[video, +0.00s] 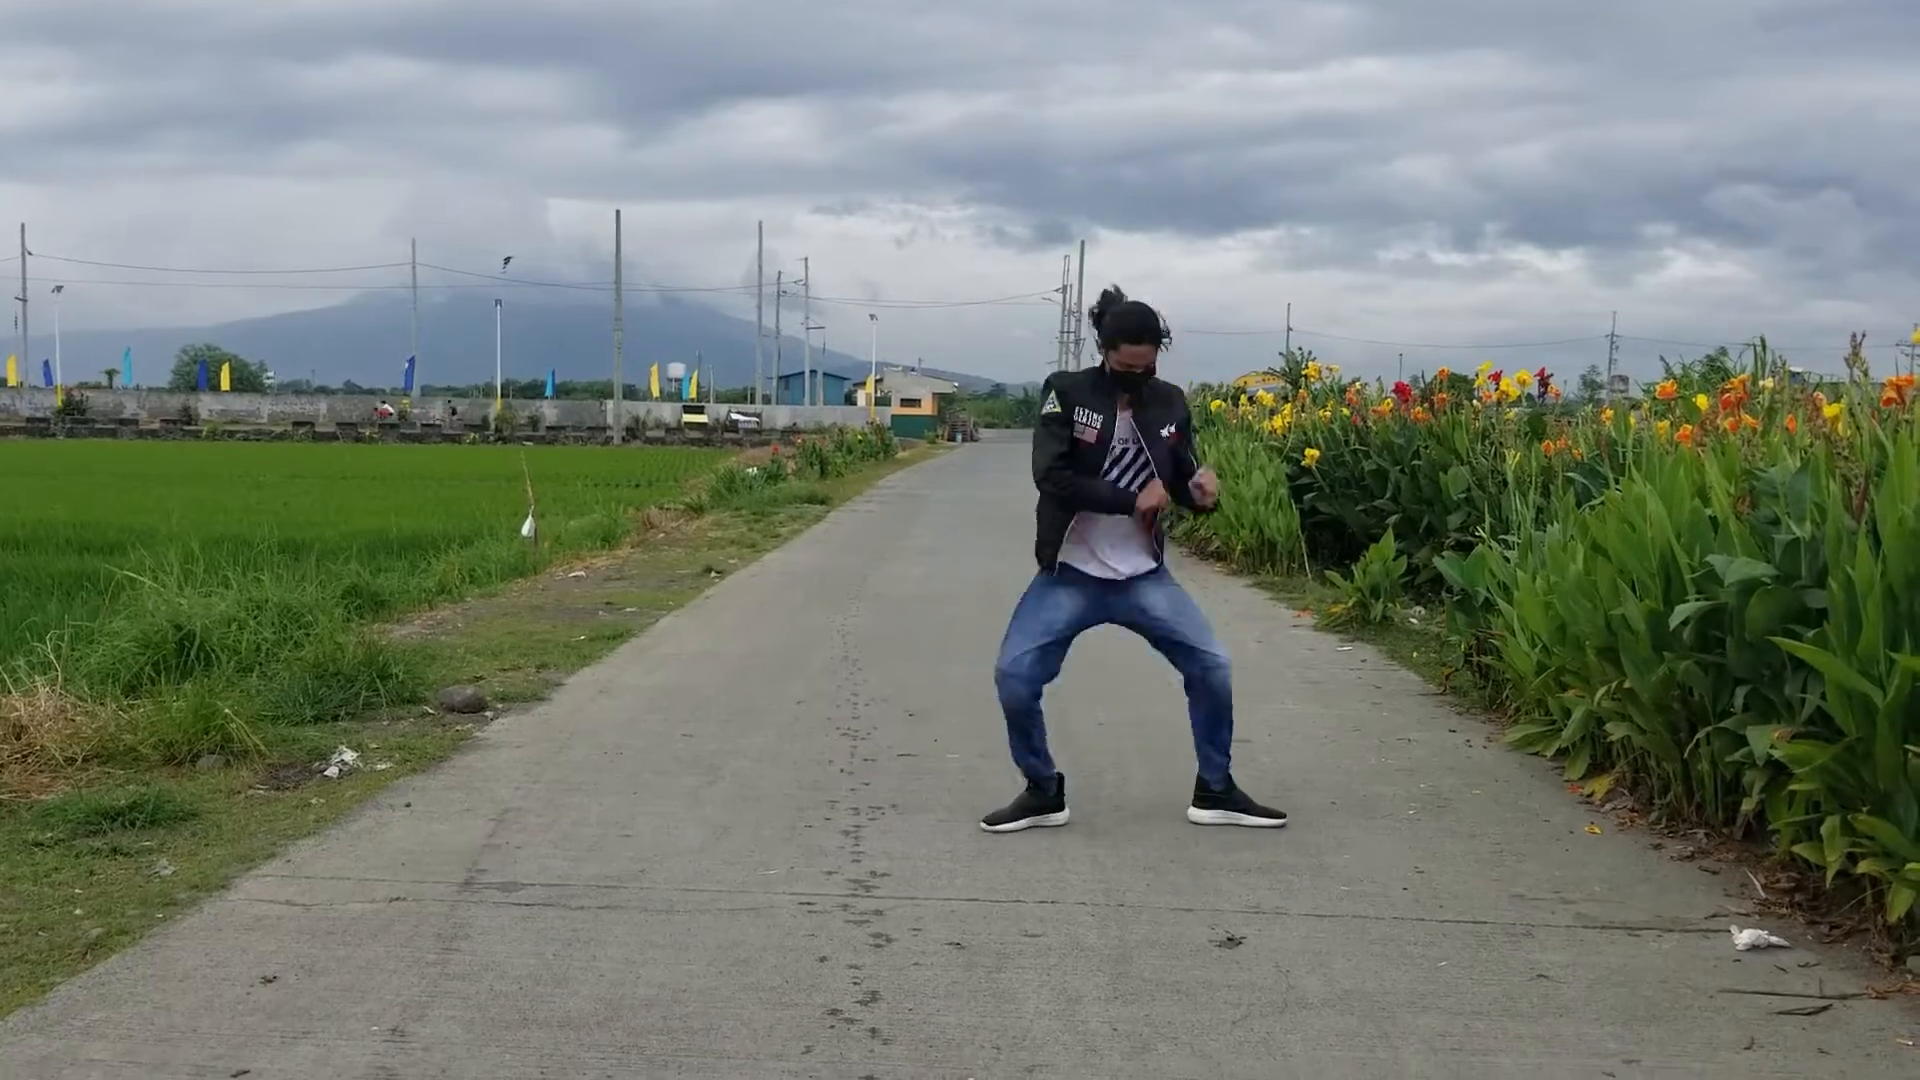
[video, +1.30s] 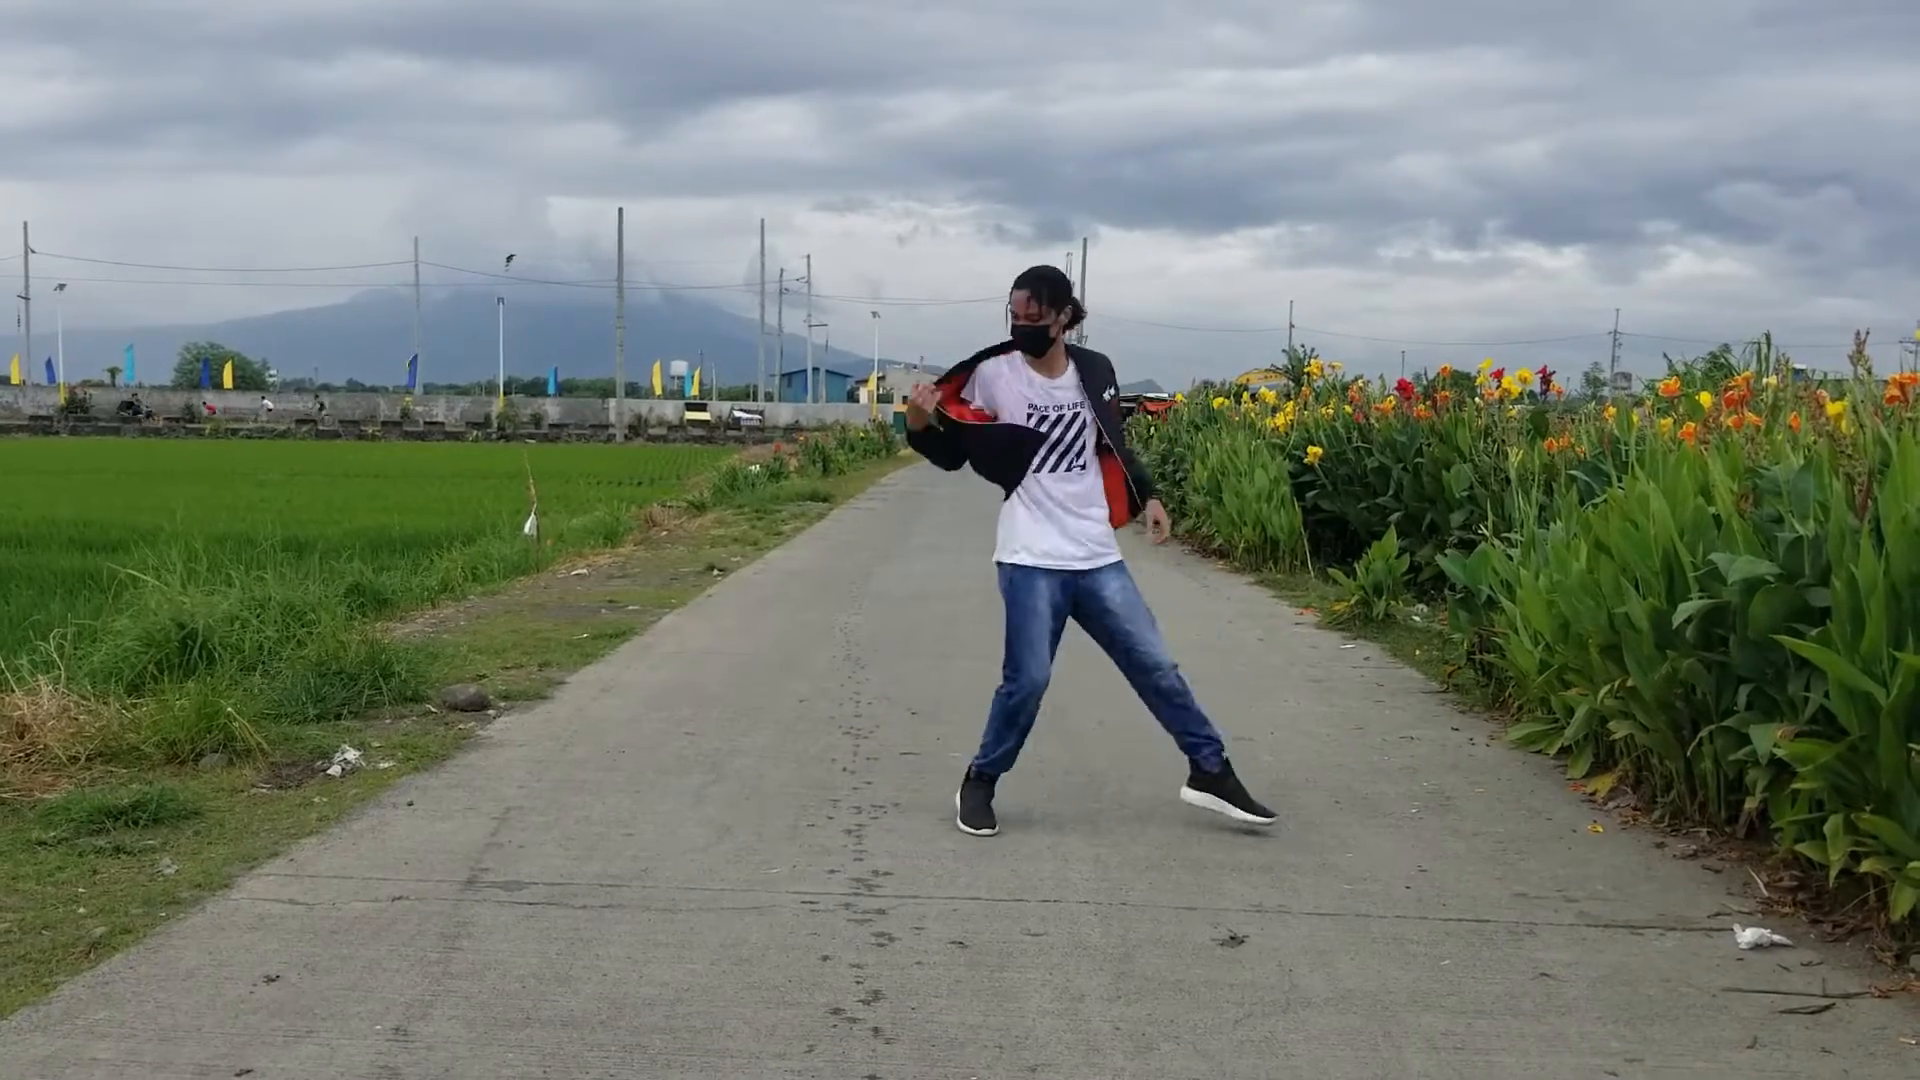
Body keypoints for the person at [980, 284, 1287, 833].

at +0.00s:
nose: (1137, 376)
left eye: (1146, 367)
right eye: (1128, 368)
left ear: (1158, 350)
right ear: (1106, 351)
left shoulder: (1171, 402)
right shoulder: (1067, 391)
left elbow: (1179, 484)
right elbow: (1050, 475)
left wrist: (1196, 491)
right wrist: (1131, 499)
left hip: (1143, 576)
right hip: (1069, 575)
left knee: (1212, 666)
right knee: (1013, 676)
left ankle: (1214, 789)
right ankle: (1043, 790)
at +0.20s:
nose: (1136, 365)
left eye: (1146, 355)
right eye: (1126, 356)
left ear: (1160, 345)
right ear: (1105, 343)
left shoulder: (1173, 397)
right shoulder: (1067, 392)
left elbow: (1192, 472)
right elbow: (1040, 482)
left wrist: (1198, 513)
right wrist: (1102, 516)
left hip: (1148, 568)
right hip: (1075, 564)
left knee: (1208, 669)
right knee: (1034, 673)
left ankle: (1212, 788)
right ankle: (1045, 787)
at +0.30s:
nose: (1122, 319)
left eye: (1132, 308)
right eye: (1111, 308)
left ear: (1147, 299)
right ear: (1093, 298)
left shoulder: (1165, 353)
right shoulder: (1056, 347)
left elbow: (1205, 426)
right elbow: (995, 410)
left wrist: (1196, 465)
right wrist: (1059, 414)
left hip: (1143, 532)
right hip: (1077, 529)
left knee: (1160, 664)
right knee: (1063, 660)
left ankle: (1178, 783)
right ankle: (1029, 780)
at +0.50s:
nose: (1058, 296)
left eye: (1069, 287)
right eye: (1054, 286)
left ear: (1103, 287)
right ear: (1052, 288)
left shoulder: (1148, 349)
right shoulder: (1035, 347)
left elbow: (1206, 412)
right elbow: (964, 385)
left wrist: (1174, 452)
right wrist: (985, 356)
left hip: (1131, 536)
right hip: (1061, 530)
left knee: (1161, 667)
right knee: (1036, 662)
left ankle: (1171, 781)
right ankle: (1018, 779)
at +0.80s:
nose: (1094, 290)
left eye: (1103, 279)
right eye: (1081, 282)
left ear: (1118, 289)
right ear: (1063, 296)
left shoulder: (1155, 349)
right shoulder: (1039, 359)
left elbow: (1229, 405)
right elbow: (979, 430)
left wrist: (1205, 381)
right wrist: (1005, 394)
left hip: (1149, 542)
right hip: (1075, 546)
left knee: (1204, 661)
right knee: (1047, 674)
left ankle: (1204, 773)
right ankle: (1027, 782)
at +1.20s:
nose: (1058, 332)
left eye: (1070, 322)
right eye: (1052, 320)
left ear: (1100, 318)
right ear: (1047, 313)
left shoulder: (1129, 367)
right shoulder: (1026, 378)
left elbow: (1161, 437)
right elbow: (960, 444)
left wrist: (1195, 481)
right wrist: (935, 379)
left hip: (1137, 558)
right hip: (1068, 562)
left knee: (1195, 672)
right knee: (1043, 683)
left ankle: (1225, 787)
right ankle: (976, 775)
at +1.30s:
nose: (1021, 317)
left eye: (1034, 309)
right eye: (1016, 306)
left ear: (1063, 315)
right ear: (1010, 310)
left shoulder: (1094, 370)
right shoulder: (992, 375)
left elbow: (1116, 442)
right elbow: (951, 457)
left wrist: (1148, 496)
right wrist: (922, 427)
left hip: (1096, 552)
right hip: (1029, 554)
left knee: (1156, 666)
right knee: (1029, 680)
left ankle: (1212, 771)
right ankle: (980, 782)